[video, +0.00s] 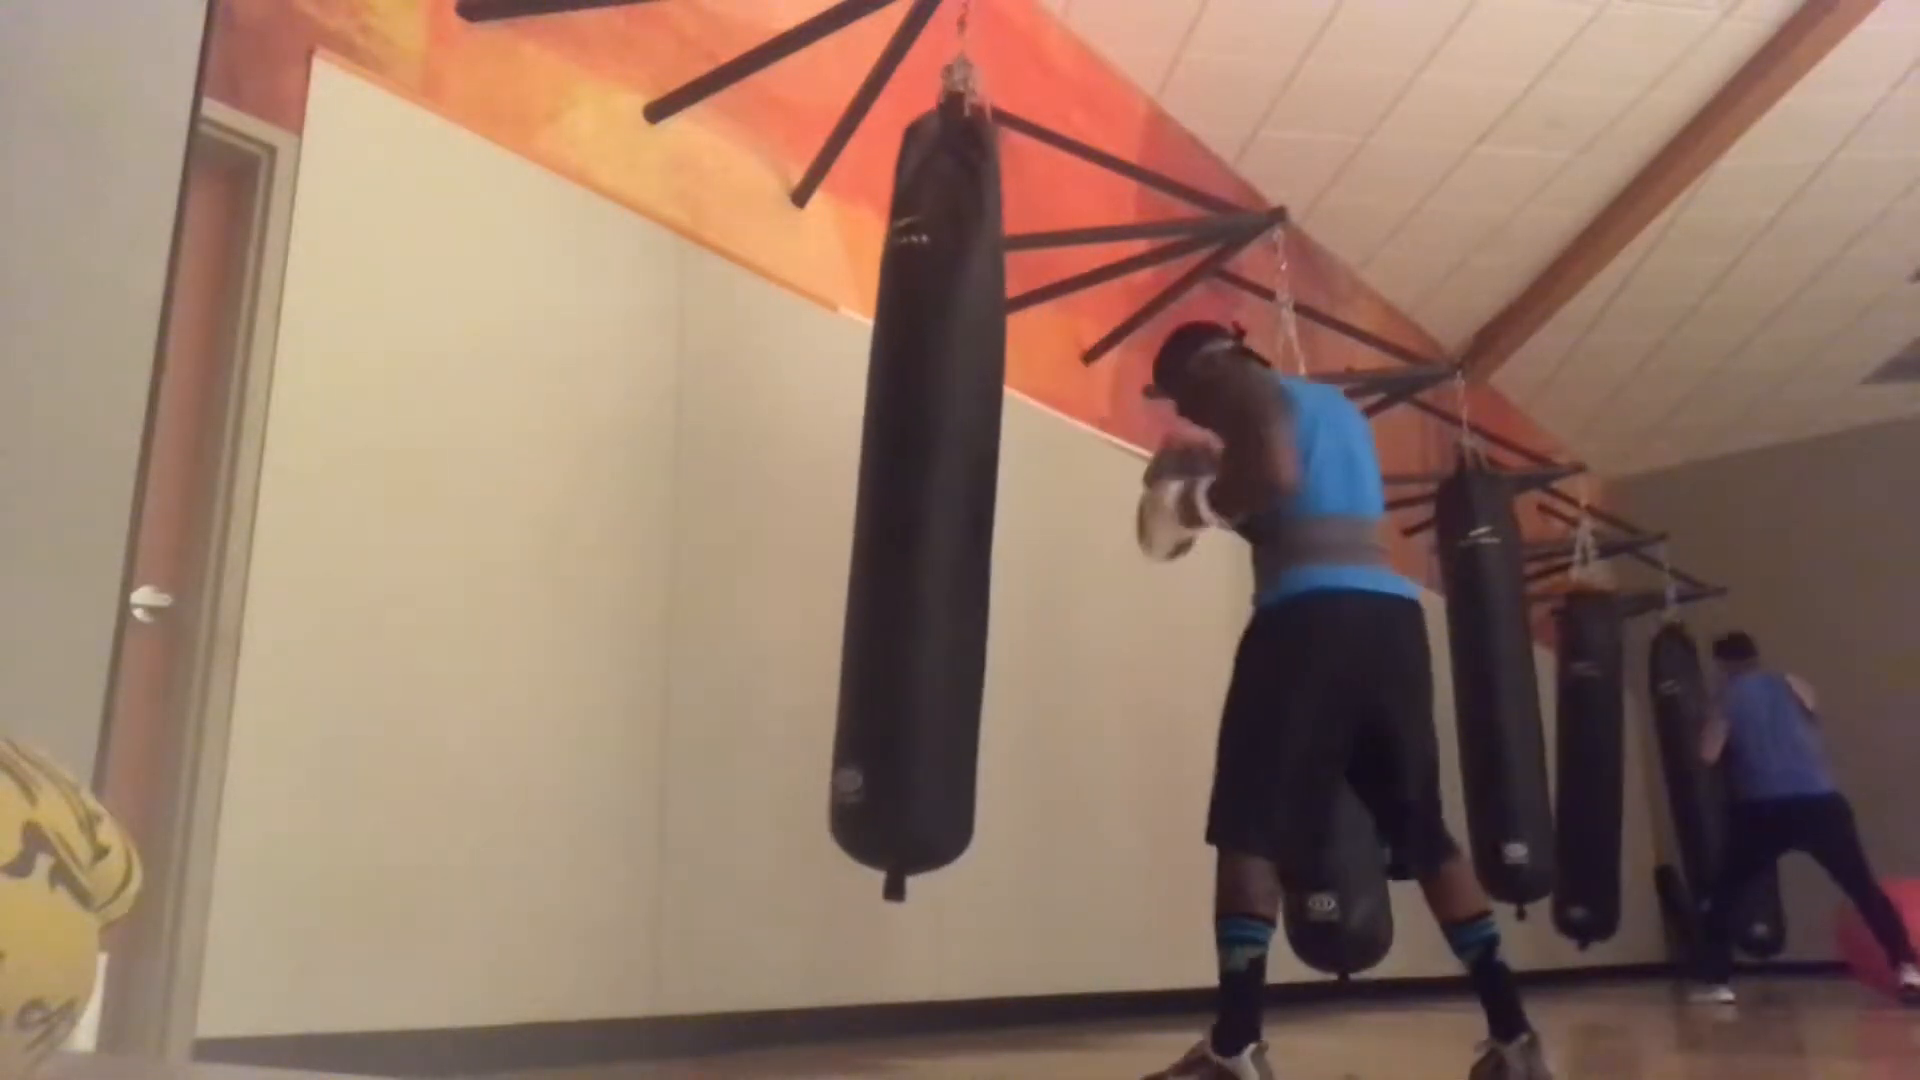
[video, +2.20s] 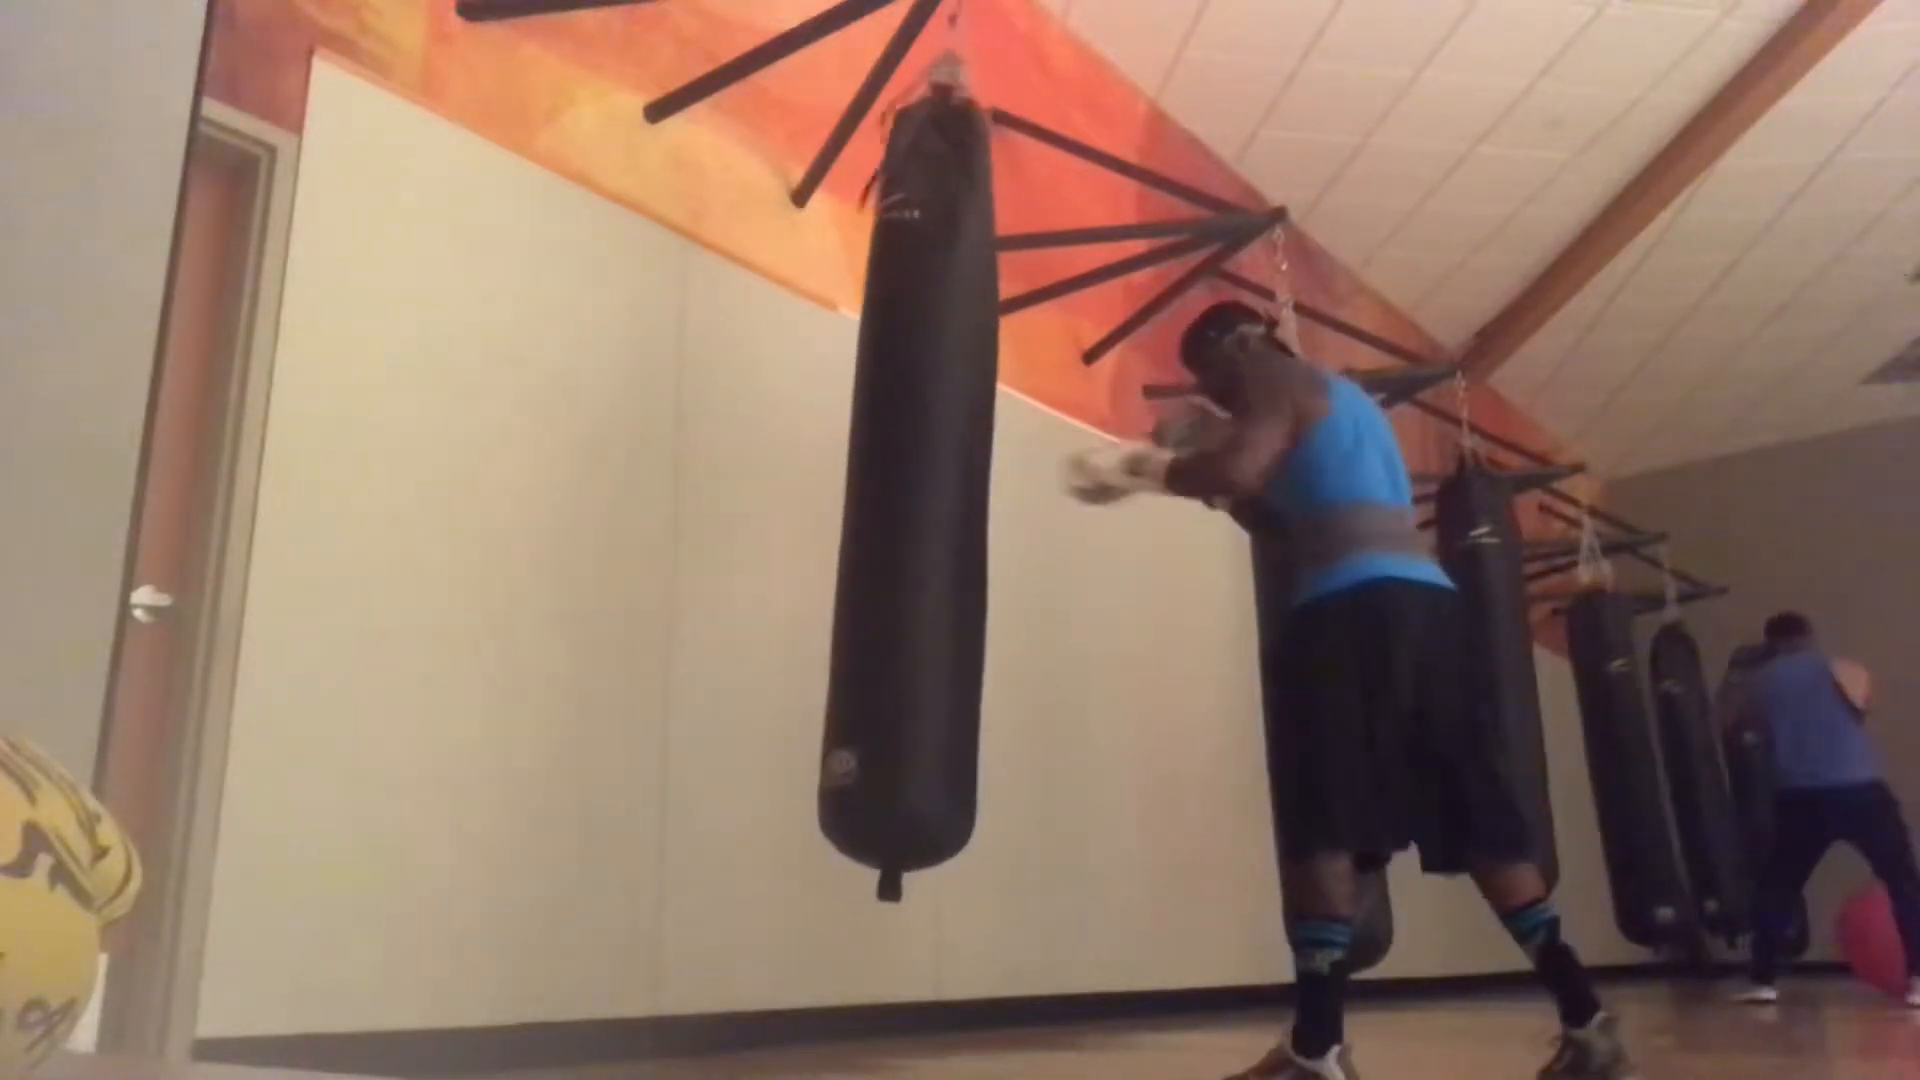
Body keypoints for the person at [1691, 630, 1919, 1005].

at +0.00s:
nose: (1724, 669)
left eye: (1722, 664)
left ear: (1722, 664)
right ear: (1756, 657)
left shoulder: (1727, 698)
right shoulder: (1788, 683)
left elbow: (1709, 752)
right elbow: (1813, 714)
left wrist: (1718, 711)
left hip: (1764, 810)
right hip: (1819, 804)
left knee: (1726, 891)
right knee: (1862, 886)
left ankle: (1718, 980)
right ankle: (1906, 963)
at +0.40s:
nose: (1734, 663)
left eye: (1733, 658)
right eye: (1737, 657)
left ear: (1735, 656)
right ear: (1770, 650)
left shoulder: (1737, 688)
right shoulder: (1801, 679)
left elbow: (1706, 738)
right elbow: (1822, 712)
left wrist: (1728, 727)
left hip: (1769, 802)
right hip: (1824, 798)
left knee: (1735, 882)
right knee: (1867, 884)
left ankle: (1721, 964)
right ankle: (1911, 965)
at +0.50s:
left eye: (1721, 650)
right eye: (1734, 645)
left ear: (1715, 652)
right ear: (1749, 643)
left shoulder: (1714, 690)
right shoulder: (1776, 668)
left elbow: (1671, 723)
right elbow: (1807, 695)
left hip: (1762, 794)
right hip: (1815, 785)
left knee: (1735, 878)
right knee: (1863, 873)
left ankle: (1712, 968)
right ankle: (1906, 960)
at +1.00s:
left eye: (1727, 649)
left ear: (1720, 651)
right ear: (1755, 645)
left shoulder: (1712, 686)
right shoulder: (1781, 672)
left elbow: (1667, 701)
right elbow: (1806, 695)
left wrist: (1634, 702)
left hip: (1763, 792)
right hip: (1817, 783)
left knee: (1738, 878)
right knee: (1863, 867)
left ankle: (1715, 970)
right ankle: (1894, 955)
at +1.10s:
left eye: (1747, 648)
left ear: (1738, 651)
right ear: (1774, 646)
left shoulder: (1725, 689)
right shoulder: (1799, 677)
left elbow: (1691, 733)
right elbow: (1823, 707)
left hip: (1766, 800)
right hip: (1824, 794)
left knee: (1740, 884)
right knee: (1867, 878)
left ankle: (1715, 973)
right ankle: (1899, 967)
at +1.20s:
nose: (1764, 654)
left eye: (1759, 647)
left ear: (1752, 649)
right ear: (1791, 642)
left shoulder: (1742, 684)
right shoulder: (1815, 671)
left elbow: (1735, 739)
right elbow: (1839, 701)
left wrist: (1752, 767)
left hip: (1775, 799)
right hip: (1834, 794)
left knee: (1746, 880)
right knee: (1878, 881)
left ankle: (1722, 968)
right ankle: (1904, 972)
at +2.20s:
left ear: (1769, 644)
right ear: (1810, 638)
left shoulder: (1758, 682)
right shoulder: (1841, 668)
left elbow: (1733, 727)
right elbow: (1862, 707)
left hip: (1801, 799)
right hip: (1860, 794)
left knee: (1778, 884)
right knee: (1903, 880)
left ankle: (1764, 980)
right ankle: (1916, 977)